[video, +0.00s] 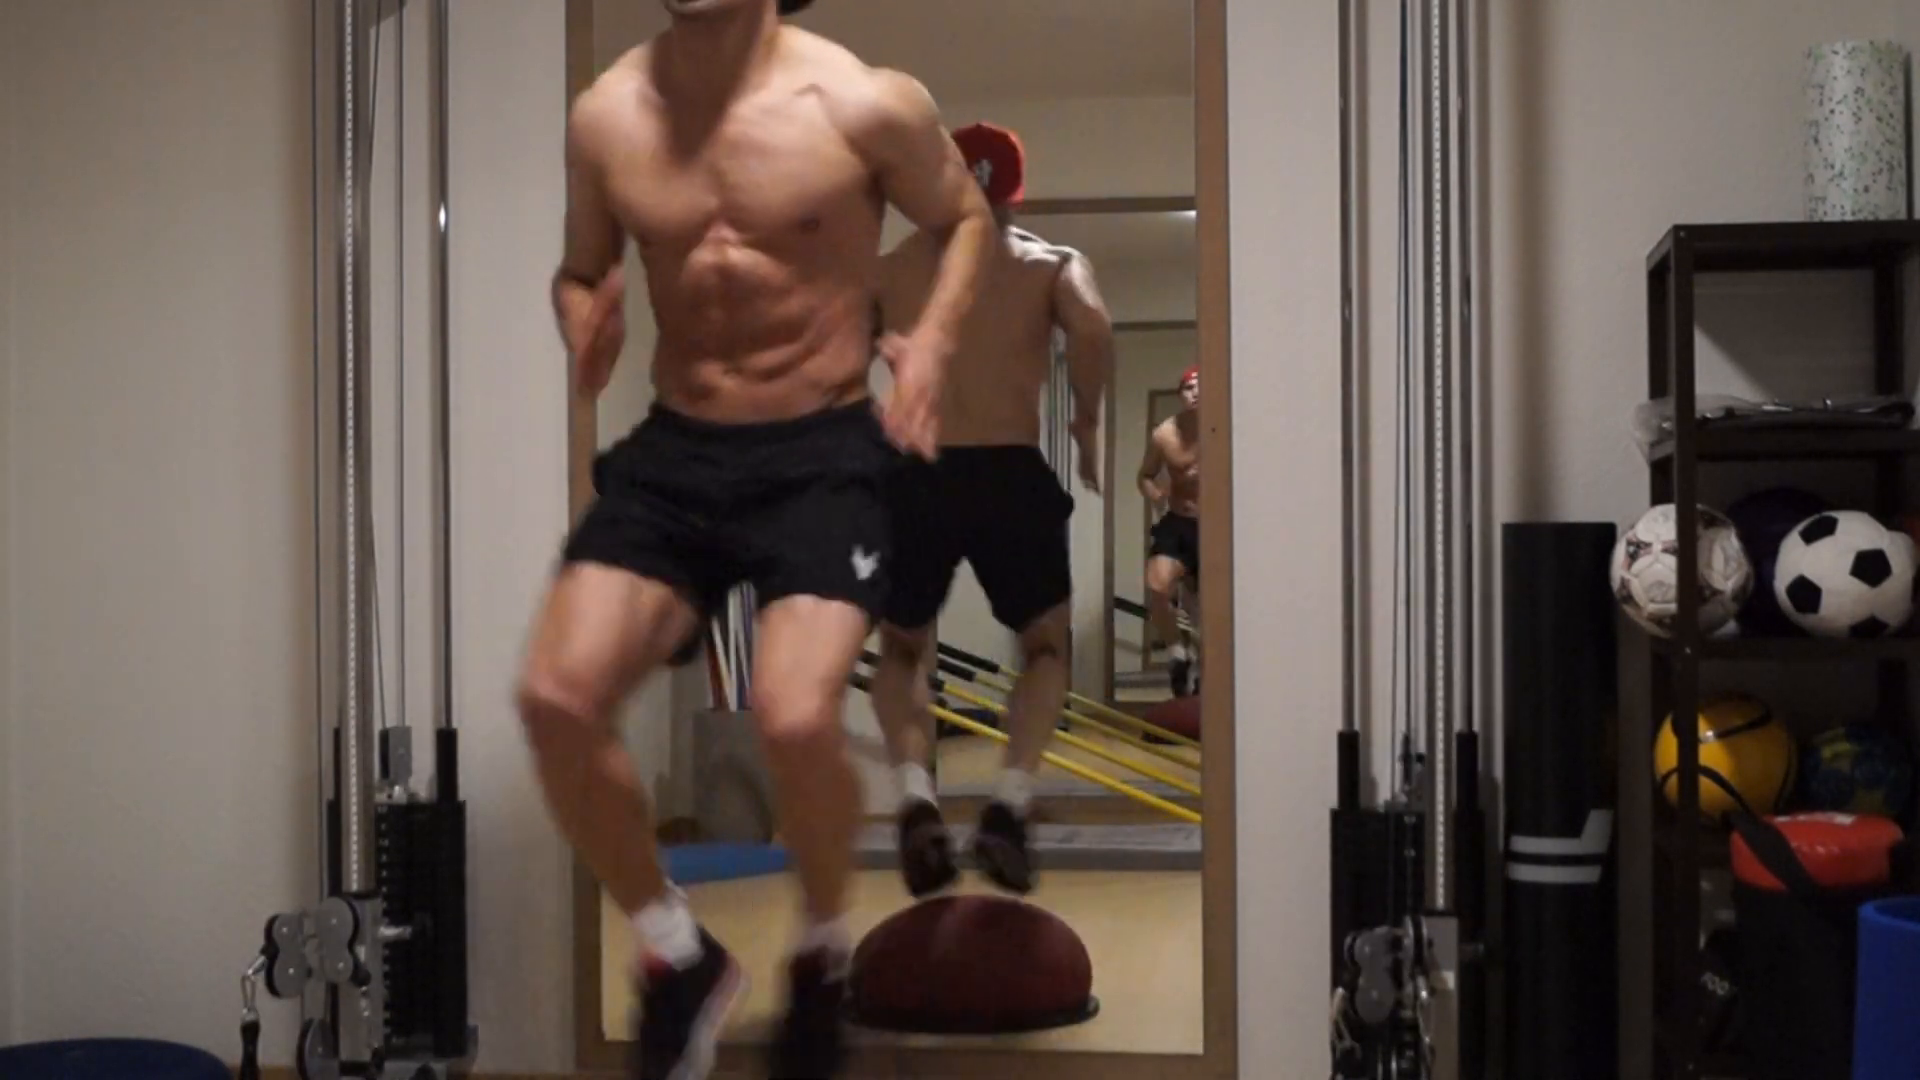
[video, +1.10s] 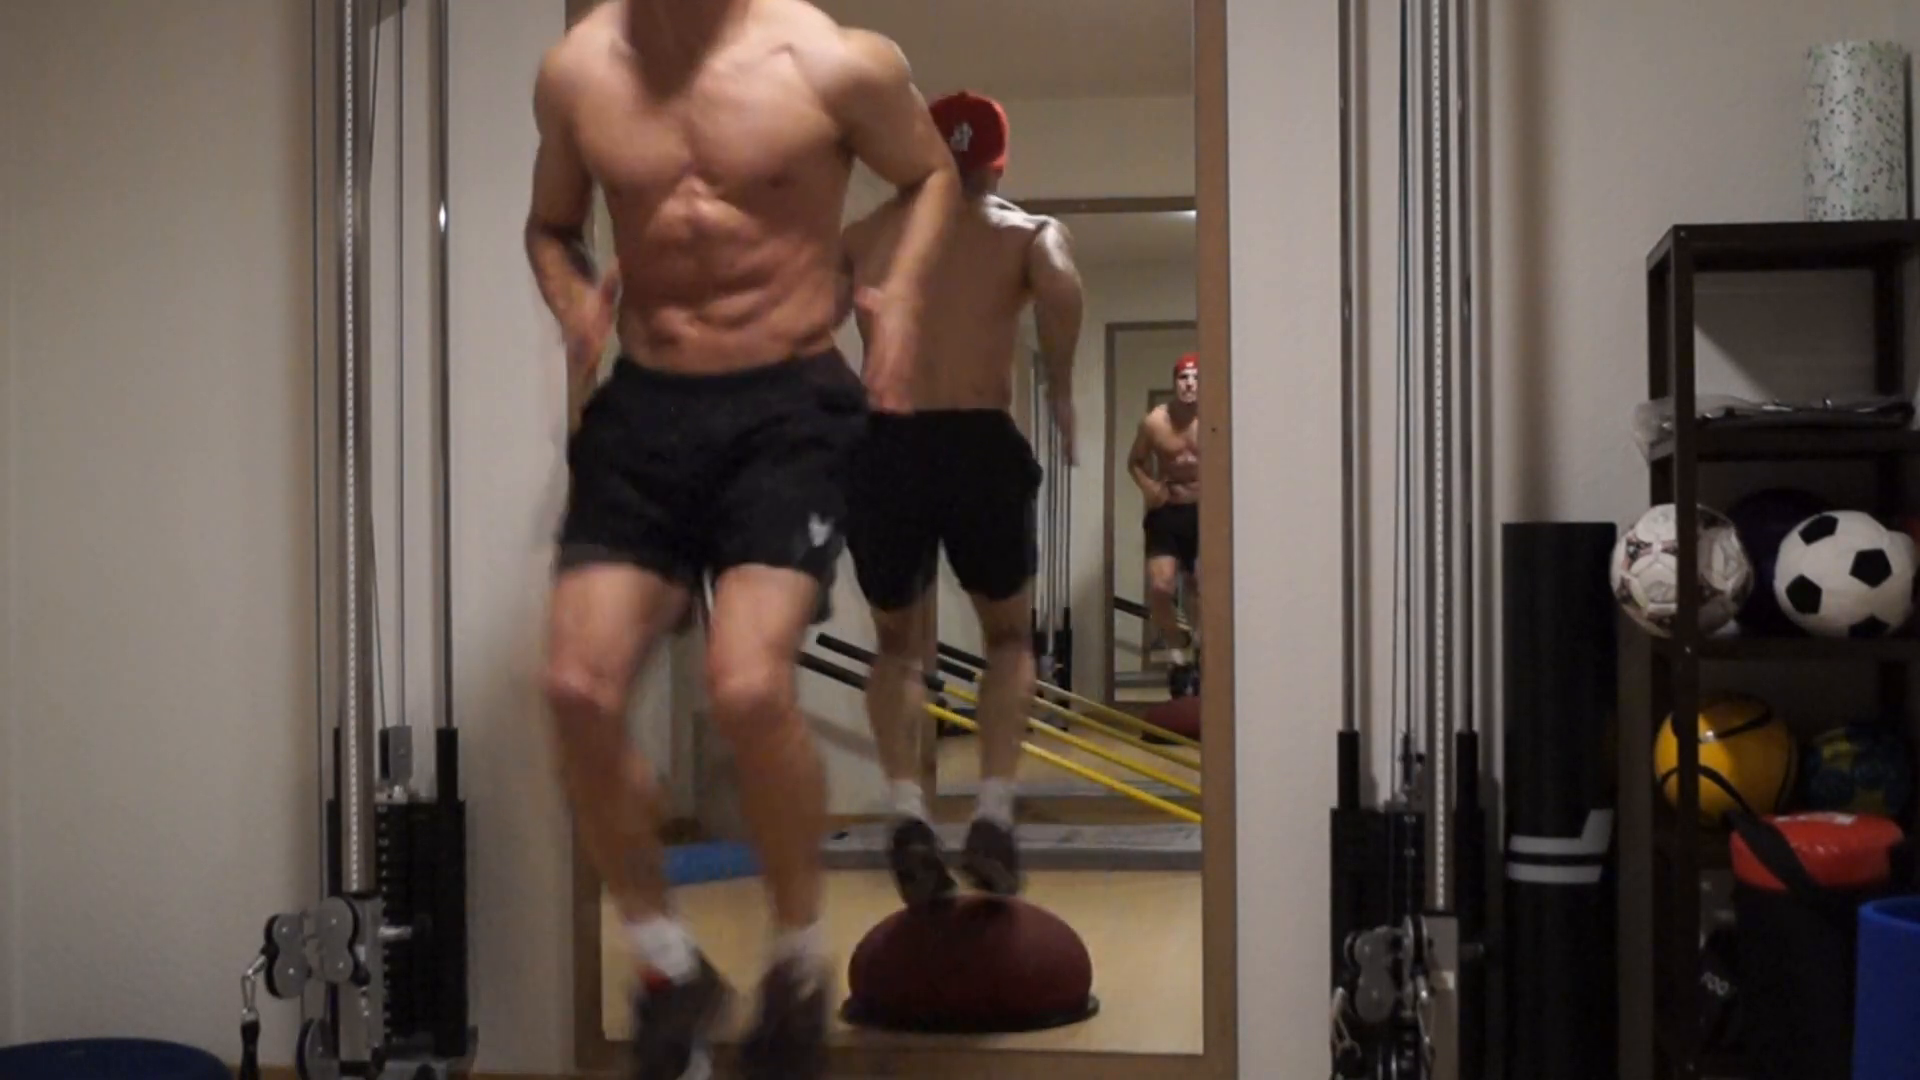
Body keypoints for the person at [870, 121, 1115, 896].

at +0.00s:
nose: (1006, 195)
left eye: (973, 182)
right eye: (1012, 186)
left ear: (949, 185)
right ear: (1018, 191)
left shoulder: (896, 264)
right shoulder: (1052, 262)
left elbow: (839, 341)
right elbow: (1091, 325)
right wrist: (1088, 420)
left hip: (912, 480)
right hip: (1010, 479)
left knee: (902, 650)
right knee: (1046, 646)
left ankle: (915, 794)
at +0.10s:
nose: (977, 204)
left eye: (952, 190)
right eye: (988, 190)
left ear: (932, 190)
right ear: (1005, 192)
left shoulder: (892, 262)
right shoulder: (1036, 269)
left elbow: (830, 319)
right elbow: (1077, 371)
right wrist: (1051, 397)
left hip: (897, 482)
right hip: (993, 493)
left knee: (867, 654)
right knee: (1004, 680)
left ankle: (847, 808)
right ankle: (958, 861)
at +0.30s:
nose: (957, 254)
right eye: (967, 242)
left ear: (895, 243)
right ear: (969, 245)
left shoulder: (847, 326)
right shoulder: (994, 321)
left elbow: (789, 462)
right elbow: (996, 385)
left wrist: (855, 501)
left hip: (845, 558)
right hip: (949, 560)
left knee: (818, 741)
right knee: (1019, 652)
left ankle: (774, 917)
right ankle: (980, 776)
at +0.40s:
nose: (956, 221)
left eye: (936, 205)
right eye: (972, 207)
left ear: (907, 207)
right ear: (981, 208)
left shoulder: (863, 280)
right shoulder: (1010, 286)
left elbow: (808, 369)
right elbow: (1026, 389)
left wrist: (849, 438)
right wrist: (1036, 452)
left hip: (866, 516)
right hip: (965, 522)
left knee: (840, 708)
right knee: (1003, 698)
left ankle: (783, 895)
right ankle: (960, 872)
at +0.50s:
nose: (983, 205)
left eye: (967, 194)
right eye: (986, 194)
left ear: (919, 188)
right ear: (996, 192)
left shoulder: (875, 258)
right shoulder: (1024, 266)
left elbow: (805, 331)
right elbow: (1058, 385)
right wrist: (1021, 365)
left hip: (882, 489)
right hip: (977, 494)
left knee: (900, 658)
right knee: (1019, 675)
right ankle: (978, 853)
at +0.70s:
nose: (1016, 202)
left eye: (994, 185)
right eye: (1018, 189)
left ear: (941, 183)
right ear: (1015, 189)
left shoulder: (884, 268)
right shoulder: (1043, 264)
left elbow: (847, 372)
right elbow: (1072, 383)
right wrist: (1090, 440)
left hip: (915, 500)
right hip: (1013, 496)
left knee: (955, 684)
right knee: (1081, 693)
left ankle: (913, 864)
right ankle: (1102, 879)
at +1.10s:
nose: (998, 169)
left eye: (980, 155)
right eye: (1000, 157)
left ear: (929, 155)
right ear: (1000, 161)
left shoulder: (872, 233)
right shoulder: (1028, 232)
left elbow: (816, 314)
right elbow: (1061, 294)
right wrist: (1058, 379)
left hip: (884, 450)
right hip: (984, 449)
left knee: (899, 643)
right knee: (1007, 636)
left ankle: (906, 811)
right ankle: (993, 811)